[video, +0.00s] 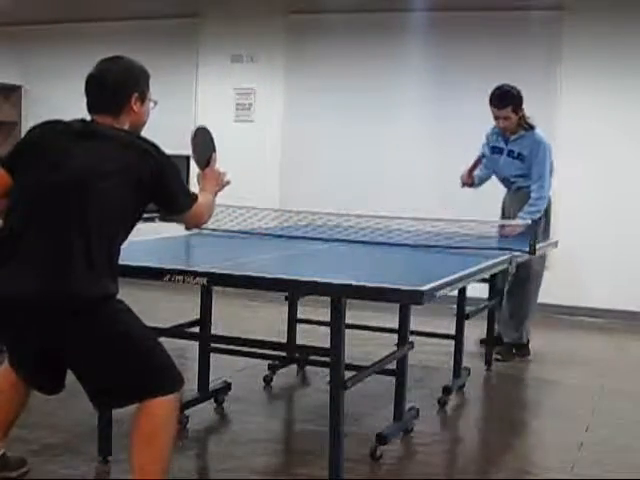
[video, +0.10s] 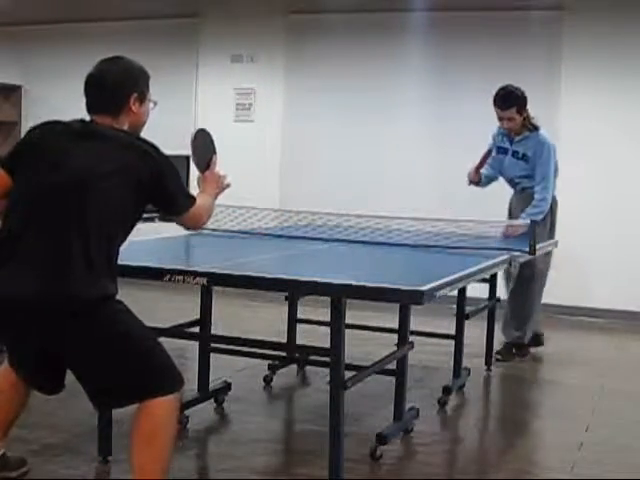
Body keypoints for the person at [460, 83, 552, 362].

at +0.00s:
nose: (501, 124)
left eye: (506, 118)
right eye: (496, 118)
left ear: (519, 113)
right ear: (492, 114)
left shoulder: (538, 145)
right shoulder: (494, 137)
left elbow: (541, 192)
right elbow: (487, 167)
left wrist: (522, 222)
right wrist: (472, 180)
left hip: (534, 204)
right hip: (510, 200)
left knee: (526, 269)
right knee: (503, 265)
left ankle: (516, 338)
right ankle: (500, 331)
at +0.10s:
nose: (505, 125)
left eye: (510, 119)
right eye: (501, 119)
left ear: (524, 114)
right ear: (496, 115)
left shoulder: (542, 145)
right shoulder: (501, 138)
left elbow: (545, 193)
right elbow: (493, 170)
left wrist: (525, 221)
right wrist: (478, 179)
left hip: (541, 206)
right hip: (517, 201)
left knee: (531, 268)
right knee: (514, 267)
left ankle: (518, 339)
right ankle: (530, 331)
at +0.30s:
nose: (513, 126)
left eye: (518, 120)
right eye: (509, 120)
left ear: (532, 115)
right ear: (505, 117)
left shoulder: (550, 145)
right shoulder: (513, 139)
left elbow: (550, 194)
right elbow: (508, 171)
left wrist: (526, 225)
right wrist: (493, 177)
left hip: (554, 208)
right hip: (534, 203)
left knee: (538, 270)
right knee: (540, 269)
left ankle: (520, 340)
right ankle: (572, 328)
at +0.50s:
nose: (529, 123)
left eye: (534, 116)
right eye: (525, 118)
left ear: (549, 113)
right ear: (523, 117)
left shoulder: (565, 145)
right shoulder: (540, 145)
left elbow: (560, 199)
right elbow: (531, 178)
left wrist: (530, 223)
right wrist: (511, 178)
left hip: (573, 213)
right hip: (557, 212)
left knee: (546, 276)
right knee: (569, 277)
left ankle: (519, 341)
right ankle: (594, 339)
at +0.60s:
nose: (540, 121)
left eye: (544, 114)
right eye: (536, 115)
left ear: (560, 112)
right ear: (536, 115)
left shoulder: (577, 145)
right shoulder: (555, 144)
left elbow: (571, 201)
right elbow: (546, 181)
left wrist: (534, 220)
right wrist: (522, 179)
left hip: (582, 216)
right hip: (568, 214)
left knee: (550, 276)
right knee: (578, 281)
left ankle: (523, 342)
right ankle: (597, 342)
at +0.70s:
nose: (550, 118)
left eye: (554, 111)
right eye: (547, 112)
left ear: (571, 109)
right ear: (547, 112)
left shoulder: (586, 141)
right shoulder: (570, 140)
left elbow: (582, 194)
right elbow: (565, 183)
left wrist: (544, 218)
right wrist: (536, 183)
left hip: (589, 213)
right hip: (580, 211)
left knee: (557, 272)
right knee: (582, 278)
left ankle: (529, 342)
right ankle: (597, 342)